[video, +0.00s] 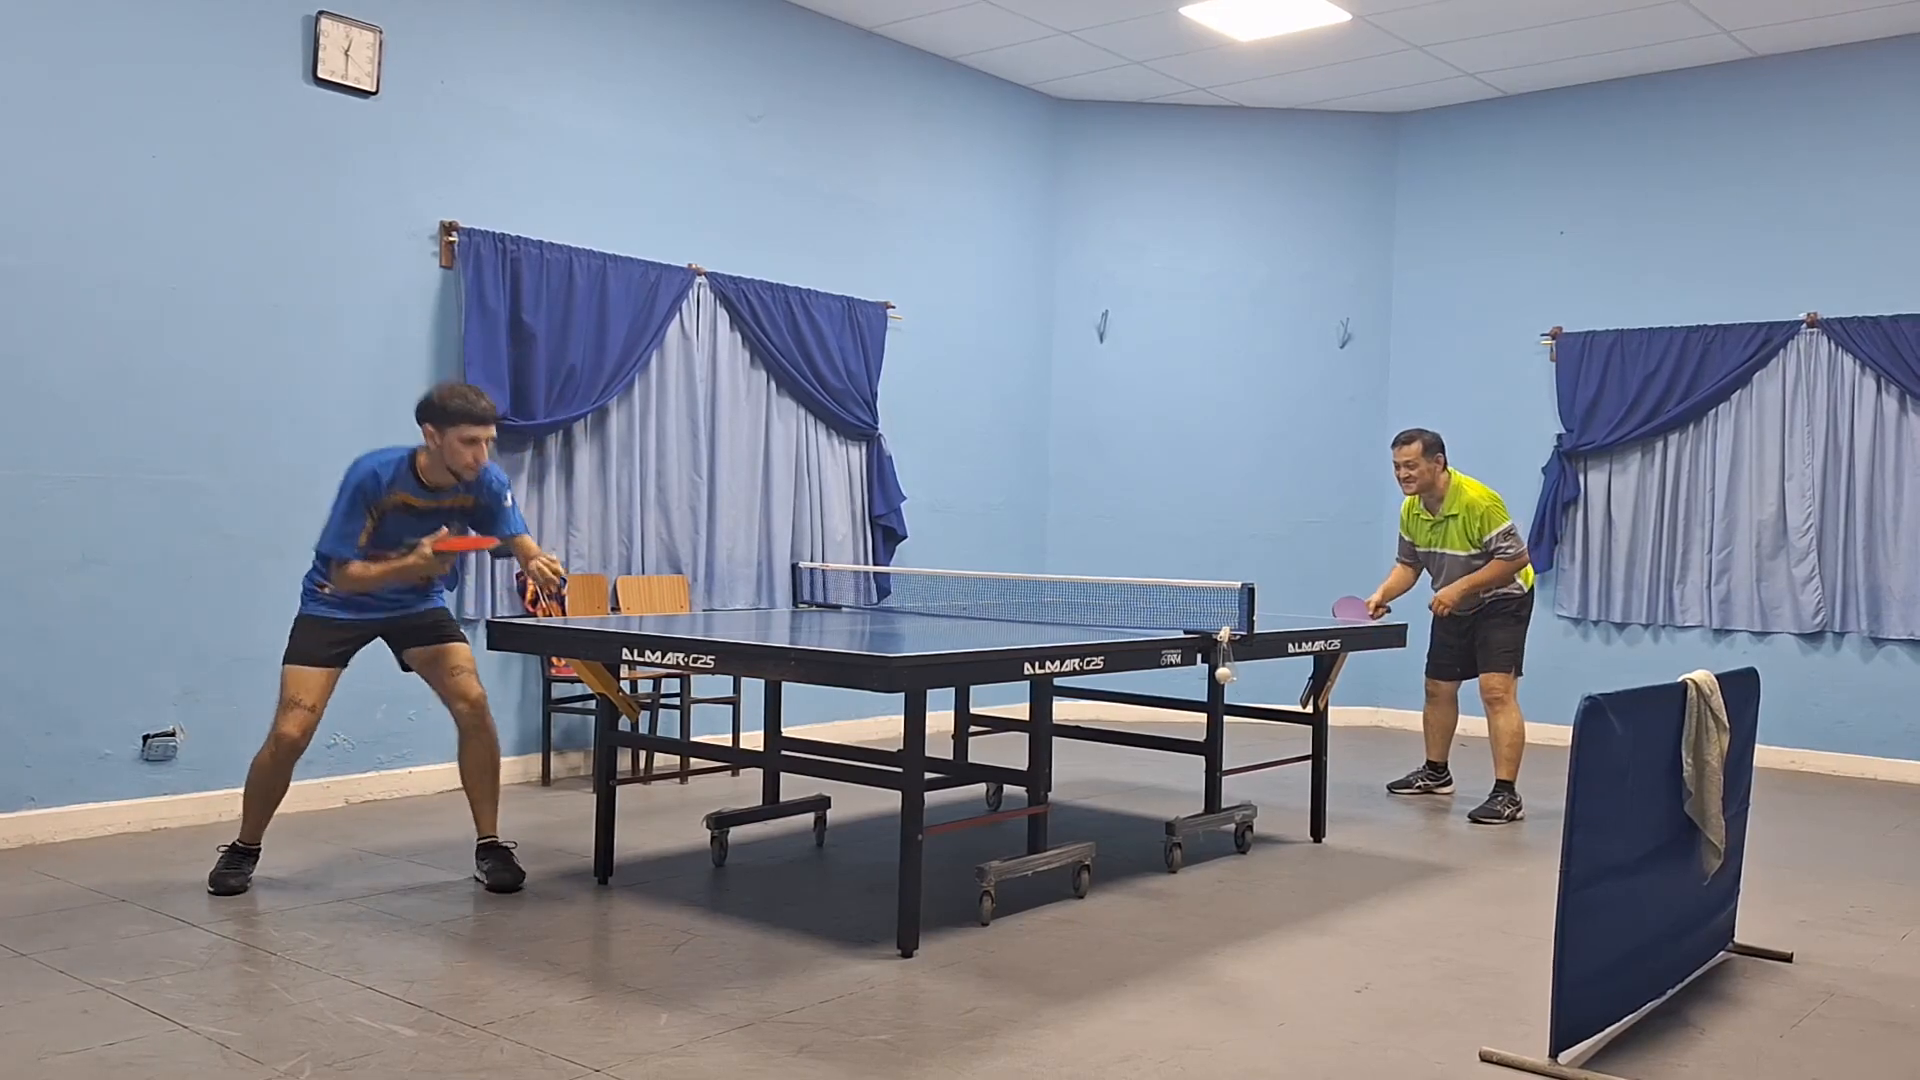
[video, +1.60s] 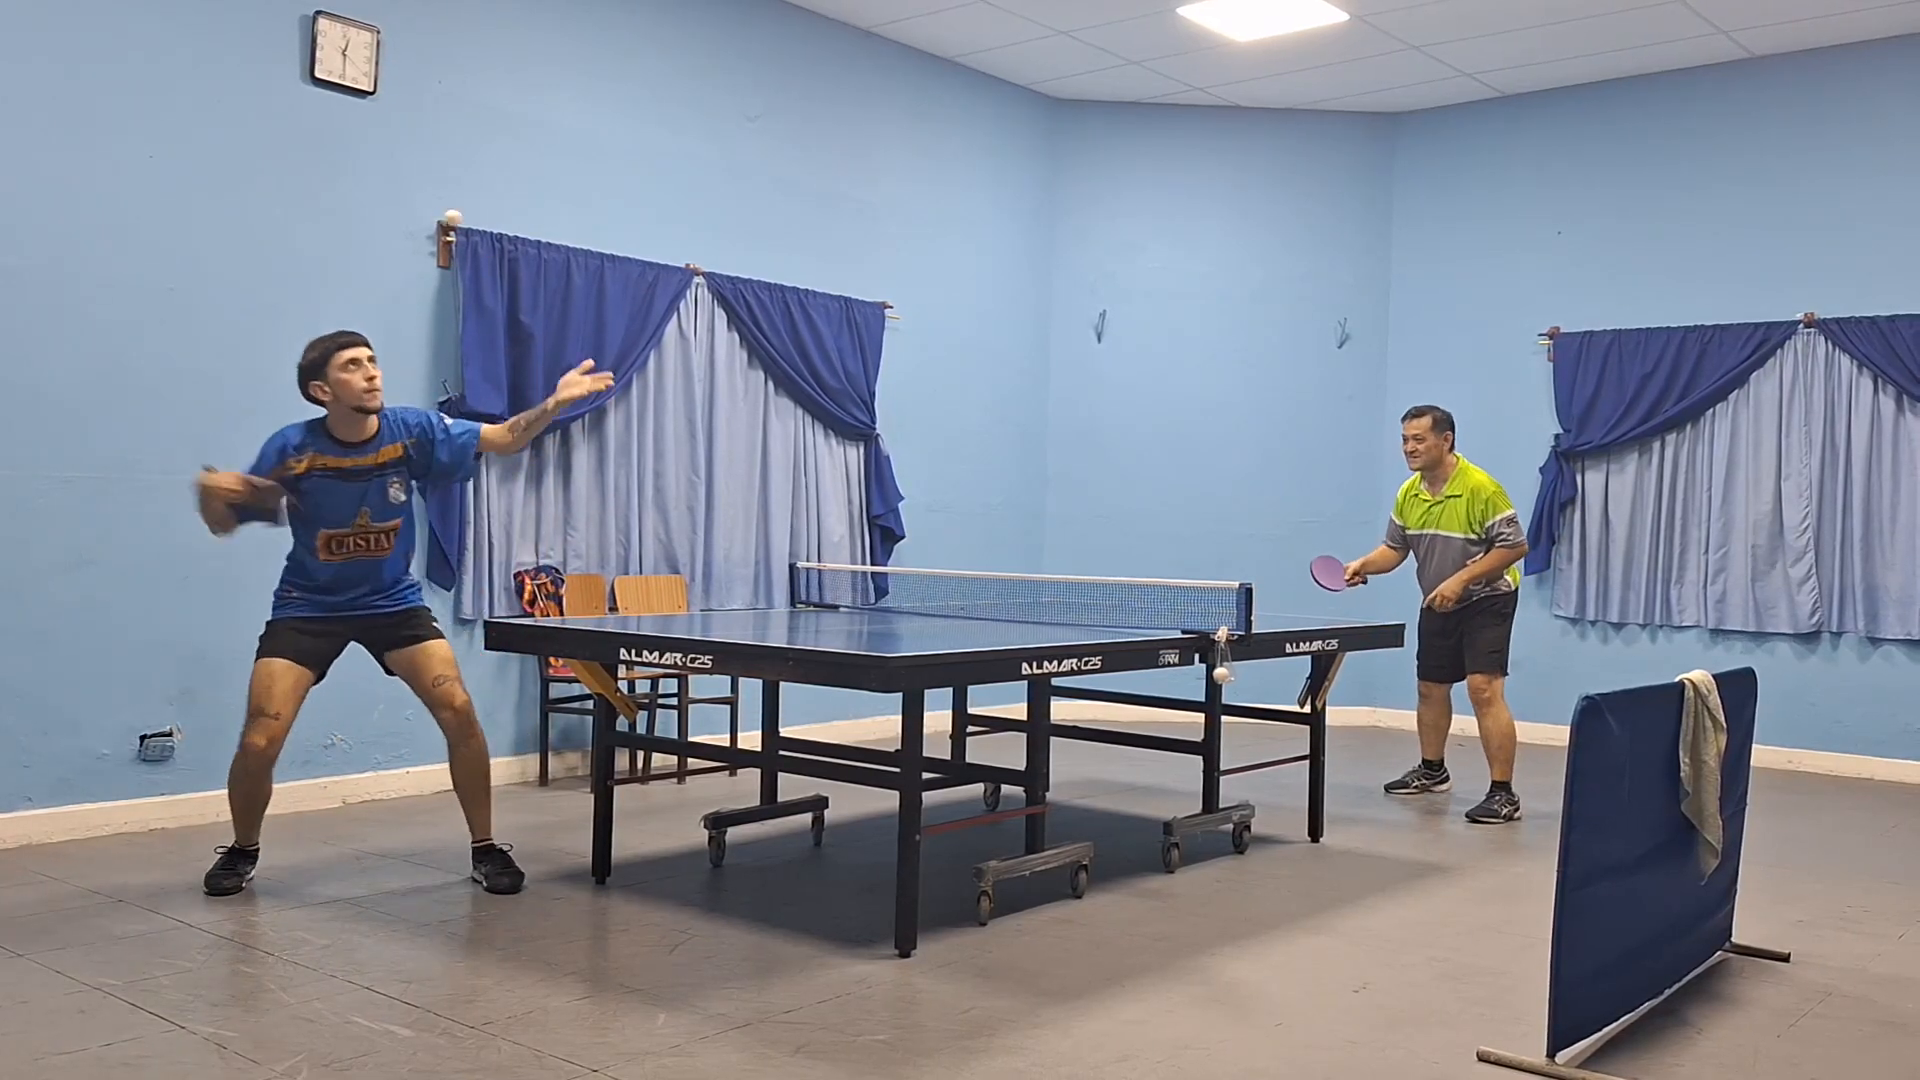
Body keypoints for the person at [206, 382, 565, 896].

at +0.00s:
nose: (481, 457)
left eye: (487, 443)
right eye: (470, 443)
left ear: (493, 439)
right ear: (433, 437)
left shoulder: (486, 485)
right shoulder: (372, 476)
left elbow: (525, 550)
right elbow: (340, 574)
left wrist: (537, 563)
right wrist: (412, 566)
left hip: (416, 606)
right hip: (335, 607)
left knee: (473, 701)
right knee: (290, 733)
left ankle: (491, 846)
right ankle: (243, 849)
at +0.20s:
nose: (514, 530)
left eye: (518, 518)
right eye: (503, 518)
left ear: (522, 514)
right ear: (463, 509)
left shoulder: (507, 541)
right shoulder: (401, 537)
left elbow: (547, 593)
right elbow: (392, 645)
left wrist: (567, 599)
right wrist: (458, 625)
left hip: (437, 639)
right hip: (359, 639)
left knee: (508, 711)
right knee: (283, 758)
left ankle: (493, 849)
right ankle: (248, 850)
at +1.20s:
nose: (478, 477)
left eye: (482, 465)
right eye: (465, 467)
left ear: (487, 466)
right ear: (425, 471)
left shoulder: (479, 507)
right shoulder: (369, 515)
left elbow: (515, 540)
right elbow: (358, 611)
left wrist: (560, 542)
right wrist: (428, 604)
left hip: (423, 640)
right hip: (345, 640)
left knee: (504, 713)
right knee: (282, 767)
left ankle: (488, 850)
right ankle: (247, 851)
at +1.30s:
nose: (455, 439)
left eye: (458, 428)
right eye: (439, 430)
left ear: (463, 432)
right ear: (401, 441)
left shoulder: (467, 477)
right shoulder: (357, 491)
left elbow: (520, 486)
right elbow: (353, 591)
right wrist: (416, 562)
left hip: (423, 623)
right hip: (342, 627)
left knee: (497, 712)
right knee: (280, 761)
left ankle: (488, 850)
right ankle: (245, 851)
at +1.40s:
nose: (428, 407)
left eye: (429, 397)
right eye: (412, 399)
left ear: (435, 404)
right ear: (374, 416)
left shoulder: (446, 446)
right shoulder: (337, 471)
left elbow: (511, 439)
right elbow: (330, 575)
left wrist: (541, 383)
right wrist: (376, 530)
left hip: (418, 611)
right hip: (336, 618)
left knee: (487, 709)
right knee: (276, 752)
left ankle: (488, 849)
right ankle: (244, 850)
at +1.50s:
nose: (396, 385)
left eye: (398, 375)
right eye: (379, 378)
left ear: (405, 385)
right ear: (345, 398)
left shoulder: (431, 433)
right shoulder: (314, 455)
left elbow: (509, 428)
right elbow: (278, 556)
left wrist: (548, 380)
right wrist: (298, 516)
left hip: (408, 604)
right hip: (324, 609)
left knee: (474, 708)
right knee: (268, 747)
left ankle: (487, 849)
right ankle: (243, 849)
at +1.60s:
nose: (370, 373)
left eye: (372, 363)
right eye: (352, 367)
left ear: (381, 375)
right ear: (320, 389)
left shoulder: (413, 429)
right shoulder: (289, 448)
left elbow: (505, 437)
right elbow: (227, 522)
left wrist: (555, 401)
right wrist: (213, 498)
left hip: (394, 600)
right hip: (308, 605)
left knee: (454, 703)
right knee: (260, 738)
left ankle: (485, 849)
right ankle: (241, 851)